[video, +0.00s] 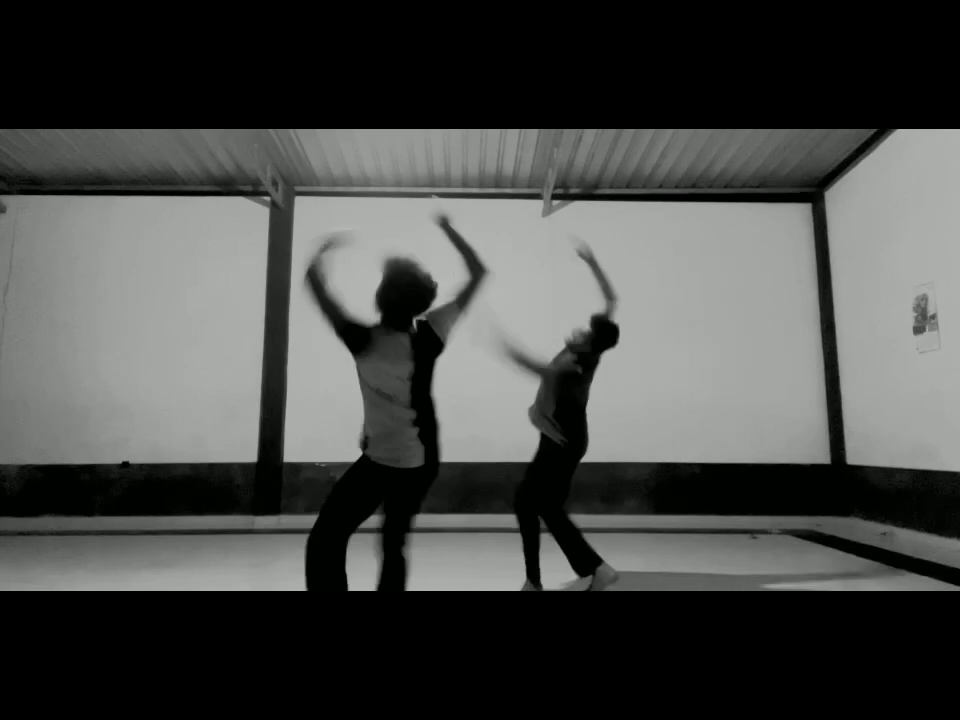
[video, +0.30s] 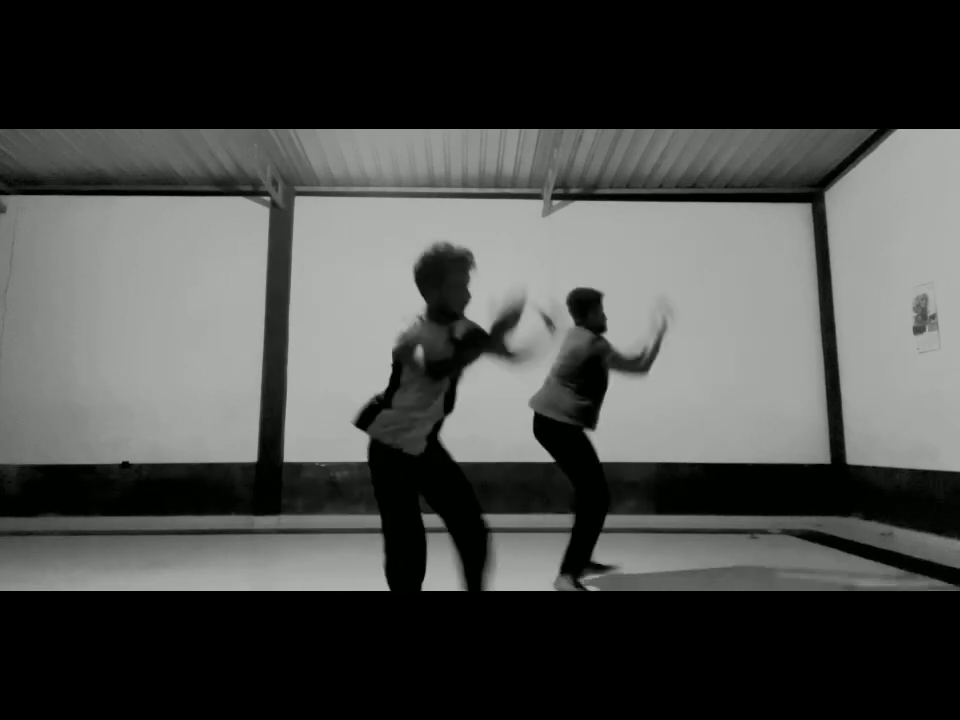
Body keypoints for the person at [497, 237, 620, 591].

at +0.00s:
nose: (578, 330)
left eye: (584, 332)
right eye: (583, 328)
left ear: (589, 344)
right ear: (593, 342)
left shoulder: (566, 367)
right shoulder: (589, 351)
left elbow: (536, 366)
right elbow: (610, 303)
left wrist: (508, 349)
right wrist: (592, 264)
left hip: (559, 444)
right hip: (567, 441)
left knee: (527, 502)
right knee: (547, 505)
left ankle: (531, 582)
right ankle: (594, 569)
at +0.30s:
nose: (604, 314)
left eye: (602, 308)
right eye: (600, 309)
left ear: (578, 313)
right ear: (590, 313)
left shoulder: (574, 336)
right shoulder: (593, 344)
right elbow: (640, 366)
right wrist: (660, 330)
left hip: (550, 422)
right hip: (562, 426)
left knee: (592, 492)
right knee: (596, 495)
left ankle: (581, 562)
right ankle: (568, 574)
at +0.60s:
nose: (609, 331)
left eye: (617, 329)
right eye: (608, 324)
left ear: (626, 336)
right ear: (602, 324)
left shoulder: (627, 376)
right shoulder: (575, 349)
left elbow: (665, 406)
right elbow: (539, 339)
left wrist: (652, 420)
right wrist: (530, 350)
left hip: (598, 443)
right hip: (563, 438)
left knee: (625, 507)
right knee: (575, 502)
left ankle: (607, 576)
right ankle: (574, 579)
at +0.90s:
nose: (599, 300)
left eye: (608, 298)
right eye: (602, 295)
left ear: (620, 311)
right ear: (601, 301)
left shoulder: (629, 343)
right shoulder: (577, 320)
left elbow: (680, 353)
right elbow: (548, 287)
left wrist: (732, 359)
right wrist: (519, 256)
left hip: (594, 427)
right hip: (559, 422)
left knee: (592, 501)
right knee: (556, 499)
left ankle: (593, 572)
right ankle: (554, 570)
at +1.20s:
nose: (603, 328)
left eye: (609, 324)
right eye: (600, 321)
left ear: (616, 329)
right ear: (592, 321)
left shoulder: (617, 363)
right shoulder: (568, 351)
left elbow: (623, 398)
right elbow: (550, 377)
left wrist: (601, 385)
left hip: (600, 433)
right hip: (565, 431)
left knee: (623, 493)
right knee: (555, 497)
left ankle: (612, 569)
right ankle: (558, 571)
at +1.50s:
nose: (599, 316)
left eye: (598, 311)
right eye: (593, 312)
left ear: (592, 315)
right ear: (579, 318)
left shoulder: (612, 338)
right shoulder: (561, 353)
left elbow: (641, 320)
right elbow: (531, 364)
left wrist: (674, 324)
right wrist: (528, 366)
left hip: (617, 431)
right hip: (582, 436)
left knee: (635, 493)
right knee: (572, 498)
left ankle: (616, 571)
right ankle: (563, 571)